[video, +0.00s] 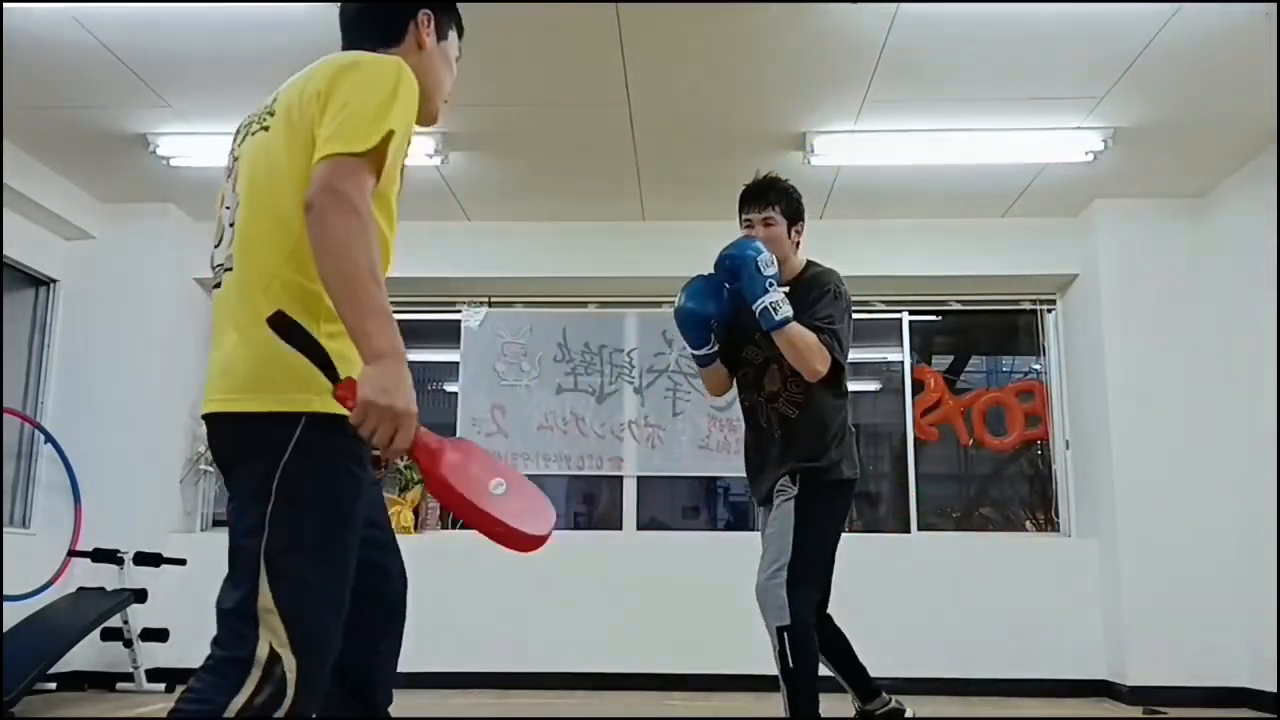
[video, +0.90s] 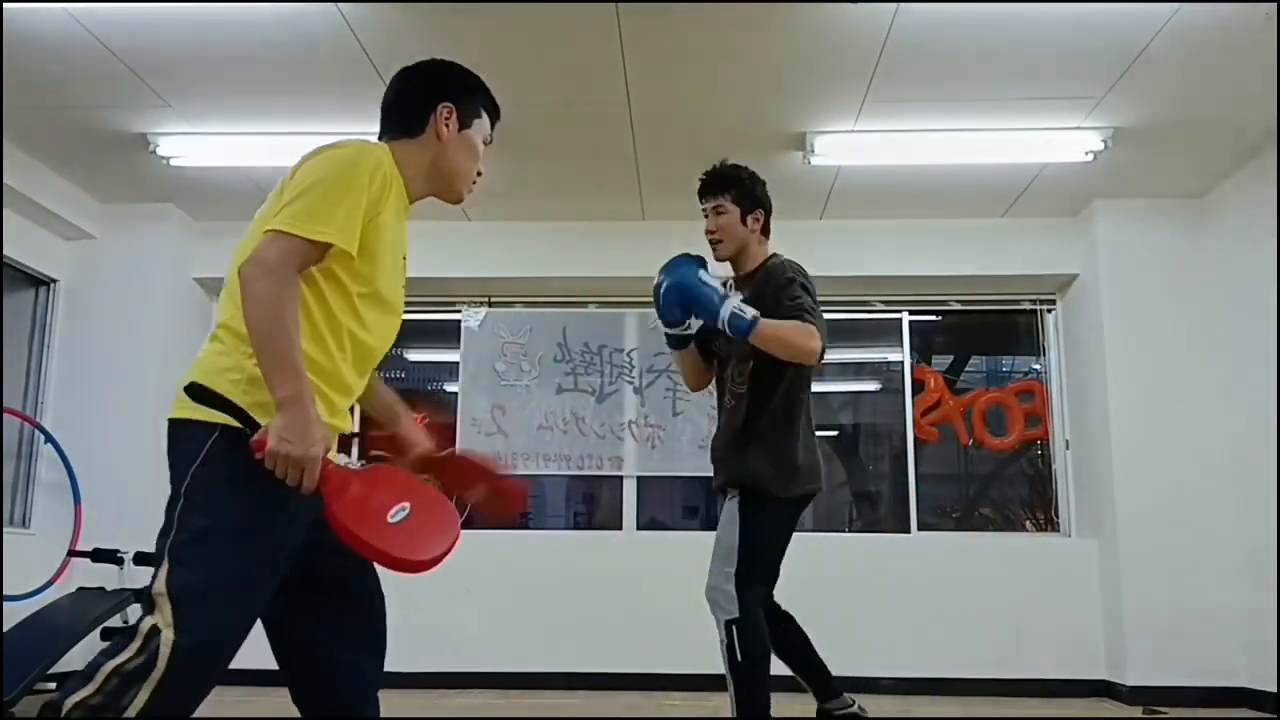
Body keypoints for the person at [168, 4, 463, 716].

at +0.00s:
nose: (452, 82)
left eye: (457, 61)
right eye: (454, 55)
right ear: (425, 29)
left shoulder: (285, 110)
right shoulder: (377, 74)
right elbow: (336, 198)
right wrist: (387, 358)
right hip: (292, 399)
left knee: (374, 609)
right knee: (268, 656)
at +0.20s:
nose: (445, 107)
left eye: (450, 85)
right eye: (448, 81)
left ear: (360, 54)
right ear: (416, 56)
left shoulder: (279, 127)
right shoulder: (357, 100)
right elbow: (292, 226)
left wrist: (349, 422)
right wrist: (310, 384)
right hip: (281, 426)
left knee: (357, 638)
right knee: (299, 669)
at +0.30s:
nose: (455, 134)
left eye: (459, 114)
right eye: (457, 108)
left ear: (363, 82)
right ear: (426, 83)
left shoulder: (284, 159)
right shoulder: (366, 126)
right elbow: (293, 245)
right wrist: (285, 398)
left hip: (250, 434)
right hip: (304, 437)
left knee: (289, 672)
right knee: (329, 676)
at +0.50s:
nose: (495, 158)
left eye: (499, 141)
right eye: (497, 136)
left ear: (424, 116)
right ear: (465, 118)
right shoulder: (401, 160)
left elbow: (385, 313)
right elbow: (319, 265)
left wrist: (448, 234)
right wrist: (288, 400)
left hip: (301, 434)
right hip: (305, 433)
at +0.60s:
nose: (505, 167)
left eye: (508, 152)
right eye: (503, 145)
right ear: (469, 127)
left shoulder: (418, 228)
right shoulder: (400, 164)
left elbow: (467, 279)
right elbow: (318, 261)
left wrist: (531, 235)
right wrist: (309, 393)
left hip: (334, 441)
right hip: (274, 420)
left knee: (351, 639)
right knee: (261, 631)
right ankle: (167, 712)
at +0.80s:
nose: (498, 168)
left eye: (502, 151)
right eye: (497, 145)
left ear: (455, 130)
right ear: (461, 127)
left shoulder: (409, 231)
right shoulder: (380, 165)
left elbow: (423, 329)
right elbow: (289, 262)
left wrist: (519, 326)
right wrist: (313, 392)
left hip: (314, 443)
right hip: (256, 424)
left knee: (351, 638)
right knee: (215, 634)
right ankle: (81, 711)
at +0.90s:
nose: (485, 164)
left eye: (489, 148)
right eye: (484, 141)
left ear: (440, 125)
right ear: (445, 122)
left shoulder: (387, 216)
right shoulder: (360, 164)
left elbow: (331, 344)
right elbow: (268, 270)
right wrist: (296, 407)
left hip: (304, 455)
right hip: (238, 433)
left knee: (345, 663)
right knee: (177, 656)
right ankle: (48, 708)